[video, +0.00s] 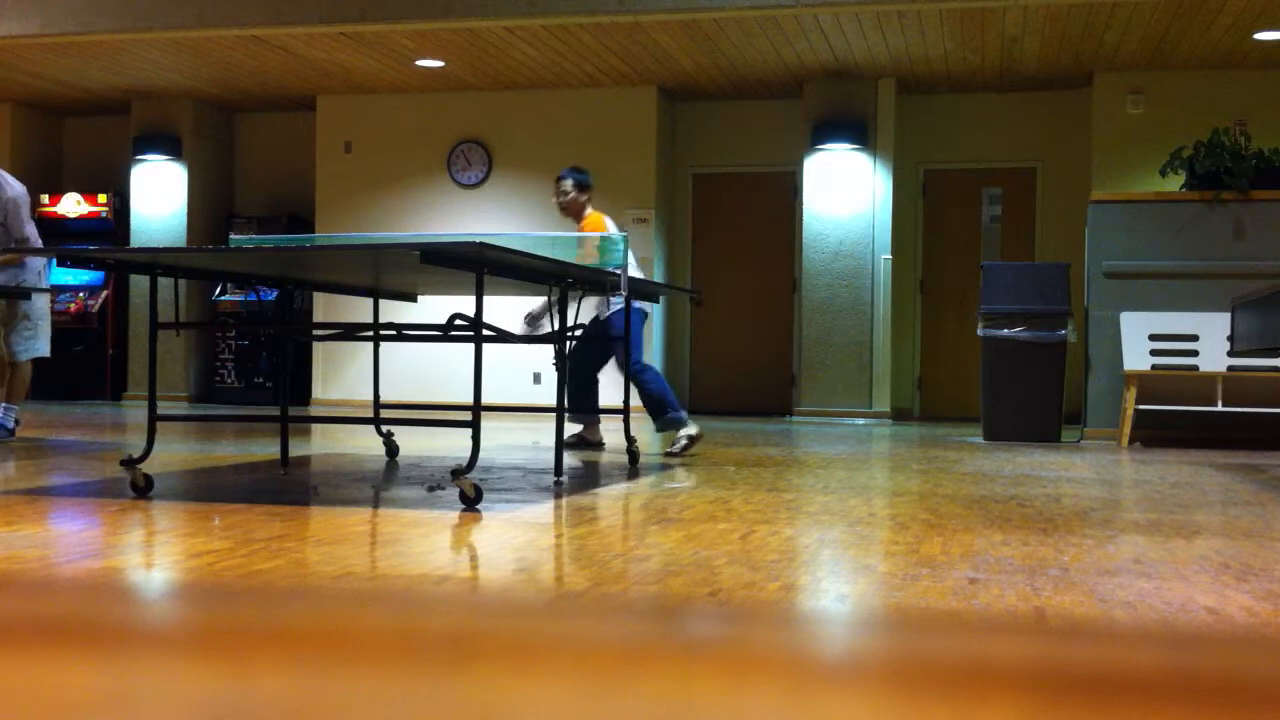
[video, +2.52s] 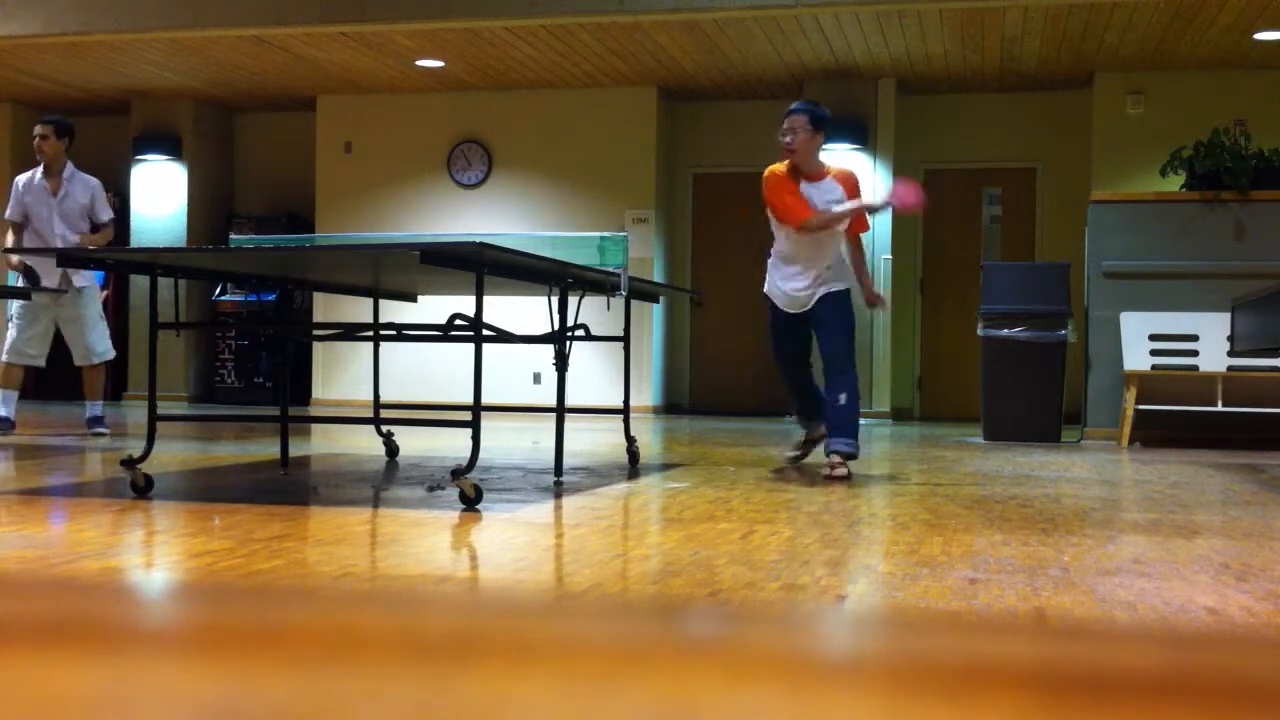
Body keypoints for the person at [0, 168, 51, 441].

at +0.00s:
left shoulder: (12, 191)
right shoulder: (10, 191)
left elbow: (26, 247)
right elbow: (23, 247)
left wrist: (3, 259)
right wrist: (7, 258)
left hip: (26, 277)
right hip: (11, 277)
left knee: (20, 352)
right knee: (9, 353)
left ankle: (9, 418)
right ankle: (7, 415)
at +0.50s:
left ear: (2, 132)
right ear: (3, 132)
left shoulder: (7, 170)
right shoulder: (8, 169)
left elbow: (6, 221)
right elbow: (18, 229)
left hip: (15, 266)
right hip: (20, 266)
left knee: (15, 347)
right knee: (16, 348)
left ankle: (10, 413)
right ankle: (9, 413)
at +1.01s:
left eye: (1, 129)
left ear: (9, 132)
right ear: (7, 132)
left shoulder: (25, 168)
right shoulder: (9, 170)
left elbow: (21, 215)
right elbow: (19, 214)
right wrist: (9, 212)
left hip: (23, 271)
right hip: (3, 272)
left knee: (35, 343)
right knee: (2, 350)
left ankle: (52, 403)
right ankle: (6, 415)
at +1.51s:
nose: (8, 141)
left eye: (15, 135)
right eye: (5, 135)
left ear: (36, 139)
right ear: (2, 140)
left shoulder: (62, 179)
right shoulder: (2, 181)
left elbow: (81, 225)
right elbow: (3, 221)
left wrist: (40, 229)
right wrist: (3, 229)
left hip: (53, 282)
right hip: (11, 281)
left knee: (62, 355)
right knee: (2, 350)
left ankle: (59, 416)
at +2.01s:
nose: (22, 171)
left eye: (28, 165)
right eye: (17, 166)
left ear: (45, 167)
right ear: (13, 169)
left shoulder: (66, 198)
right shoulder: (7, 201)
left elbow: (78, 232)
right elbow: (0, 230)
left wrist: (73, 250)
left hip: (63, 287)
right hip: (15, 289)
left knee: (80, 349)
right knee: (2, 350)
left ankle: (89, 414)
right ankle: (0, 413)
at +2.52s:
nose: (37, 143)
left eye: (44, 138)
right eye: (35, 138)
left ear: (64, 142)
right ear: (33, 143)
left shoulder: (90, 186)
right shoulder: (23, 183)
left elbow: (108, 229)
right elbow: (13, 228)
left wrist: (93, 239)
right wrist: (11, 253)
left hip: (79, 283)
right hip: (34, 281)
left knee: (94, 351)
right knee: (15, 351)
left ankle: (95, 416)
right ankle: (6, 415)